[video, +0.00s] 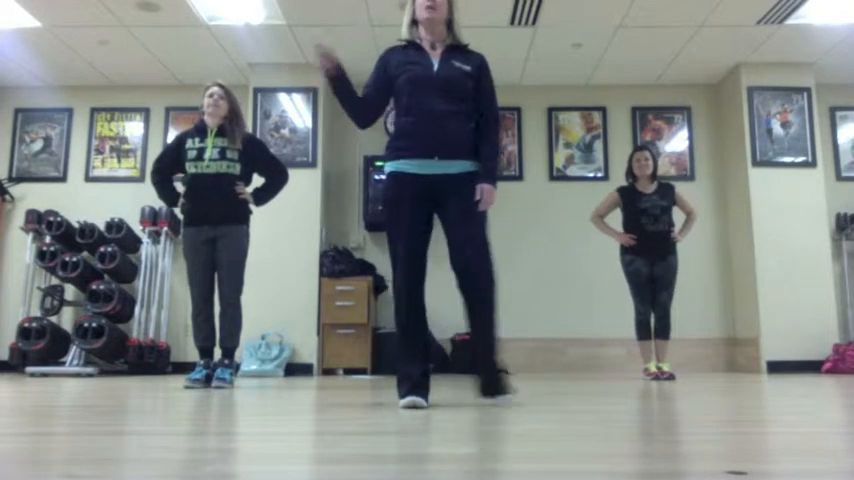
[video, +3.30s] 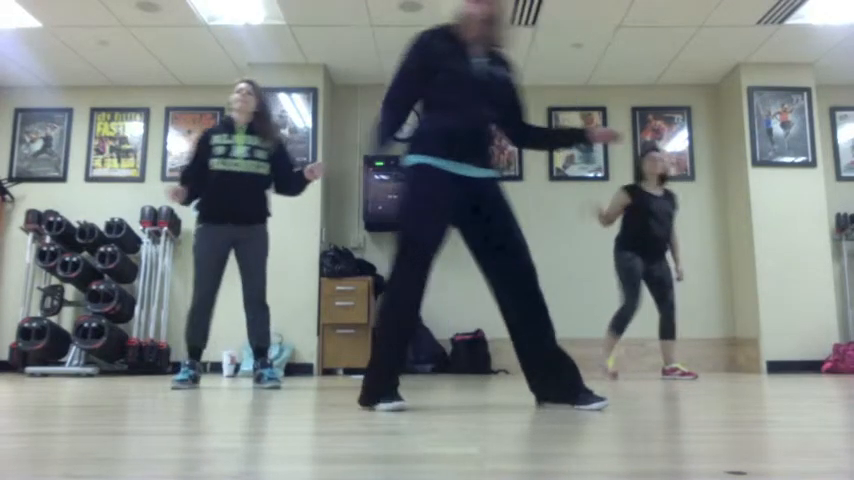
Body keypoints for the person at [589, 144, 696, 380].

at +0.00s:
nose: (642, 164)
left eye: (646, 160)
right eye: (638, 161)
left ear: (654, 163)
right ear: (631, 166)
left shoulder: (667, 191)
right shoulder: (624, 193)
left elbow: (692, 213)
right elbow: (595, 217)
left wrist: (680, 235)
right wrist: (617, 235)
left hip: (665, 253)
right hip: (636, 255)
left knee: (663, 307)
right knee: (642, 309)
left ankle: (662, 362)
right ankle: (648, 363)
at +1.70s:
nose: (635, 164)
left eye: (639, 161)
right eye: (631, 161)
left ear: (645, 166)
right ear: (622, 165)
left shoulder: (656, 194)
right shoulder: (612, 196)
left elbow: (675, 223)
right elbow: (606, 230)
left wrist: (690, 250)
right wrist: (613, 210)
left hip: (656, 255)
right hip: (626, 256)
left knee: (663, 308)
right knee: (627, 310)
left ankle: (663, 363)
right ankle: (616, 364)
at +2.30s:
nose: (638, 163)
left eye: (640, 160)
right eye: (633, 160)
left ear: (643, 166)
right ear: (622, 166)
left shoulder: (649, 194)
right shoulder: (611, 190)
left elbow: (656, 231)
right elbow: (615, 210)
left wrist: (671, 264)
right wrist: (626, 181)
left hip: (645, 256)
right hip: (619, 256)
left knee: (676, 299)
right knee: (619, 307)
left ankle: (672, 358)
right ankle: (615, 365)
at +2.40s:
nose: (647, 165)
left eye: (650, 161)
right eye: (642, 160)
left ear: (654, 166)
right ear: (634, 165)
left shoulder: (658, 201)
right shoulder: (626, 190)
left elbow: (661, 239)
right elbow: (622, 220)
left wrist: (678, 269)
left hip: (650, 257)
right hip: (626, 254)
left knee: (670, 306)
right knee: (626, 306)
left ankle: (670, 364)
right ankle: (615, 364)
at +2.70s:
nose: (681, 176)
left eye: (683, 172)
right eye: (674, 172)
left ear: (687, 179)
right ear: (664, 177)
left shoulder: (679, 211)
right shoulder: (655, 200)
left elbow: (668, 251)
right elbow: (630, 222)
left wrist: (680, 278)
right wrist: (649, 211)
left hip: (658, 263)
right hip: (636, 256)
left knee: (678, 307)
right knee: (656, 302)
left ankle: (671, 365)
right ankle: (610, 336)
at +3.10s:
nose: (676, 170)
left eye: (679, 167)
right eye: (671, 167)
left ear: (684, 177)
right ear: (661, 174)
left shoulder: (683, 208)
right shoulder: (651, 196)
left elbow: (674, 244)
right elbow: (622, 204)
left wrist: (676, 274)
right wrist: (636, 198)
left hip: (659, 260)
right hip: (633, 252)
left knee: (677, 307)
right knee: (660, 289)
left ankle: (671, 365)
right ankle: (618, 329)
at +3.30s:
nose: (657, 163)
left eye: (660, 159)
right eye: (652, 159)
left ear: (665, 166)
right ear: (642, 164)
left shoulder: (669, 197)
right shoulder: (629, 192)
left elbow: (671, 232)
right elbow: (607, 220)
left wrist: (677, 262)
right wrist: (602, 213)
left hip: (656, 257)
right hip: (629, 254)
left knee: (667, 306)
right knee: (631, 302)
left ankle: (670, 364)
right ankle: (607, 354)